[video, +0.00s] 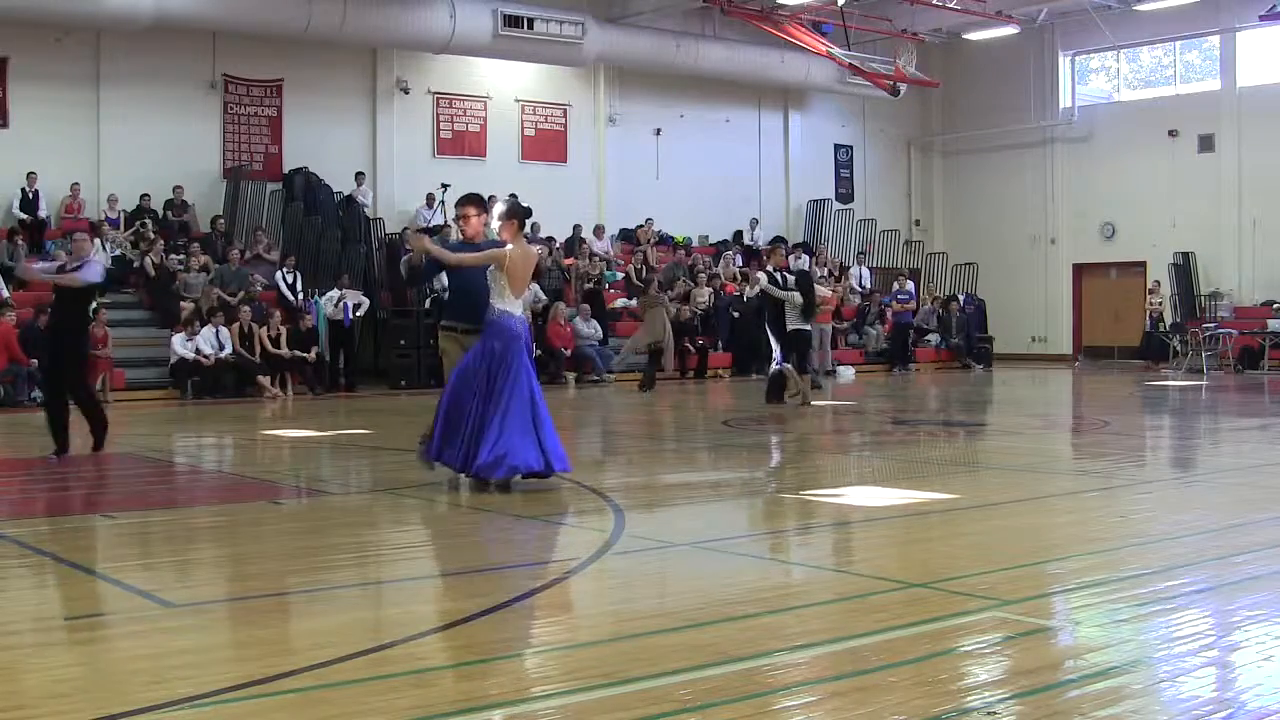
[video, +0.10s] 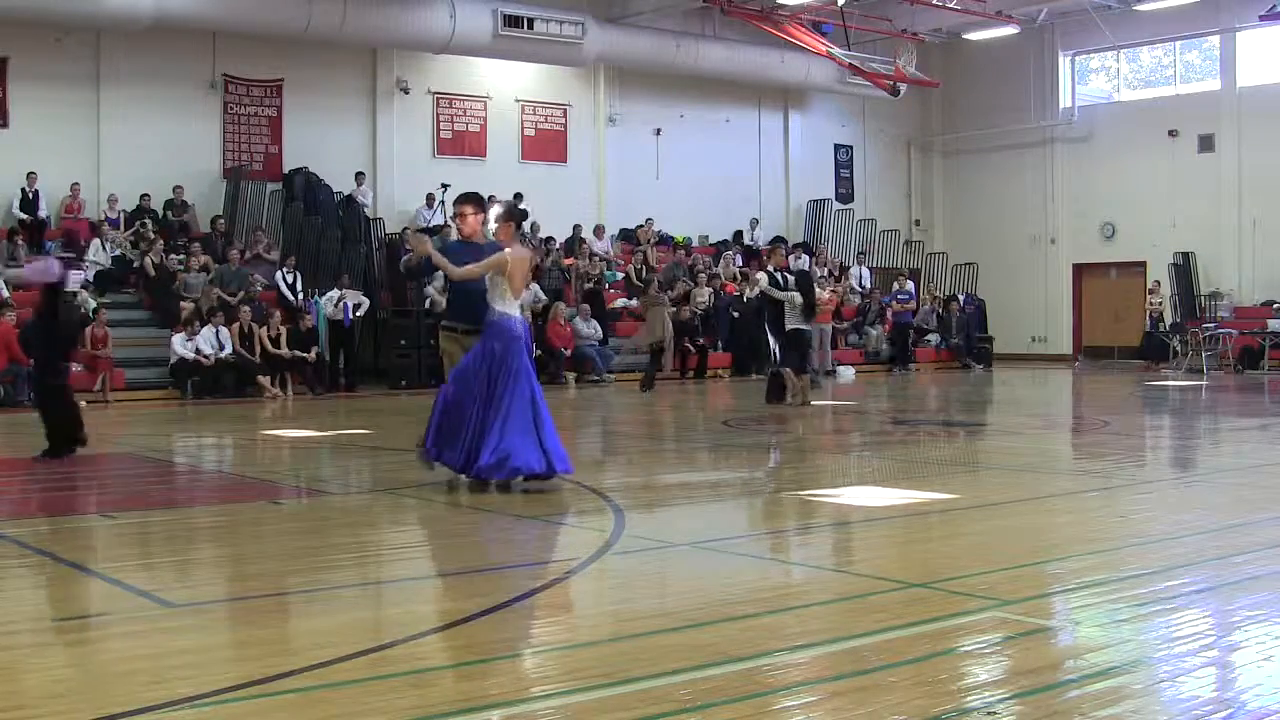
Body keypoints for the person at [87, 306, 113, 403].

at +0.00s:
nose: (106, 316)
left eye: (106, 314)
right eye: (103, 314)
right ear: (96, 316)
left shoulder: (107, 330)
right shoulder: (90, 330)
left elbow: (109, 348)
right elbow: (86, 348)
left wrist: (105, 351)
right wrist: (97, 353)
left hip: (104, 357)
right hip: (92, 358)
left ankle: (106, 395)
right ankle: (92, 393)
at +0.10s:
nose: (106, 316)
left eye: (106, 314)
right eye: (103, 314)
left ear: (106, 316)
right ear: (96, 316)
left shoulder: (107, 330)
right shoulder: (89, 330)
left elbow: (109, 348)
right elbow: (88, 349)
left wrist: (105, 352)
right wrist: (99, 353)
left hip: (103, 355)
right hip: (92, 356)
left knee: (104, 360)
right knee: (106, 367)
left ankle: (98, 381)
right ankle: (107, 395)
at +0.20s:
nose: (106, 316)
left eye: (106, 314)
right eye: (103, 314)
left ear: (106, 316)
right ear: (96, 316)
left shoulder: (107, 330)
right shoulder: (89, 330)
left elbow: (109, 348)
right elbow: (88, 349)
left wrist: (105, 352)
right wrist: (100, 353)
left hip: (103, 355)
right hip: (92, 356)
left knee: (104, 360)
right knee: (106, 368)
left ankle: (98, 381)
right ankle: (107, 395)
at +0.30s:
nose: (105, 316)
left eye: (106, 314)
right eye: (103, 314)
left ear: (106, 316)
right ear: (96, 316)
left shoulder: (107, 330)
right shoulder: (89, 330)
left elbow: (109, 348)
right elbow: (88, 349)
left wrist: (104, 352)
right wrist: (100, 353)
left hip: (103, 355)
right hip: (92, 356)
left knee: (104, 360)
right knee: (106, 368)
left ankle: (99, 381)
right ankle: (107, 394)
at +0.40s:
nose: (105, 316)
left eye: (106, 314)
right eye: (103, 314)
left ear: (105, 316)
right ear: (96, 316)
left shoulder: (107, 330)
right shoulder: (89, 330)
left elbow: (109, 348)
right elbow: (88, 349)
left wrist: (105, 352)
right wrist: (100, 353)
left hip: (103, 355)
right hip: (92, 356)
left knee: (104, 359)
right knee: (106, 367)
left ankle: (99, 381)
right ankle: (107, 395)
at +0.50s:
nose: (106, 316)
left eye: (106, 314)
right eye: (103, 314)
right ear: (96, 316)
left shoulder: (107, 331)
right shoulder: (89, 330)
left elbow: (109, 348)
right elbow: (88, 349)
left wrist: (104, 352)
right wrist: (100, 353)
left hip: (103, 356)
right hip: (92, 356)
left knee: (103, 361)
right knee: (105, 367)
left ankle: (98, 382)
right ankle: (106, 394)